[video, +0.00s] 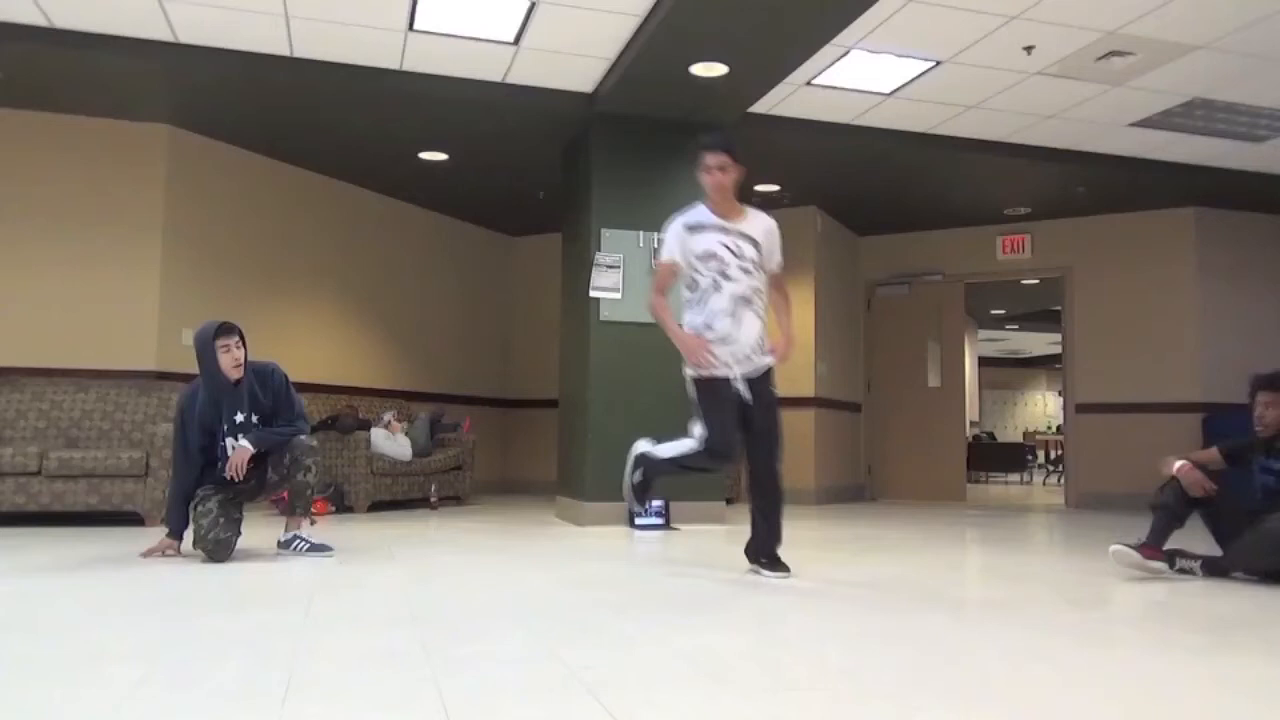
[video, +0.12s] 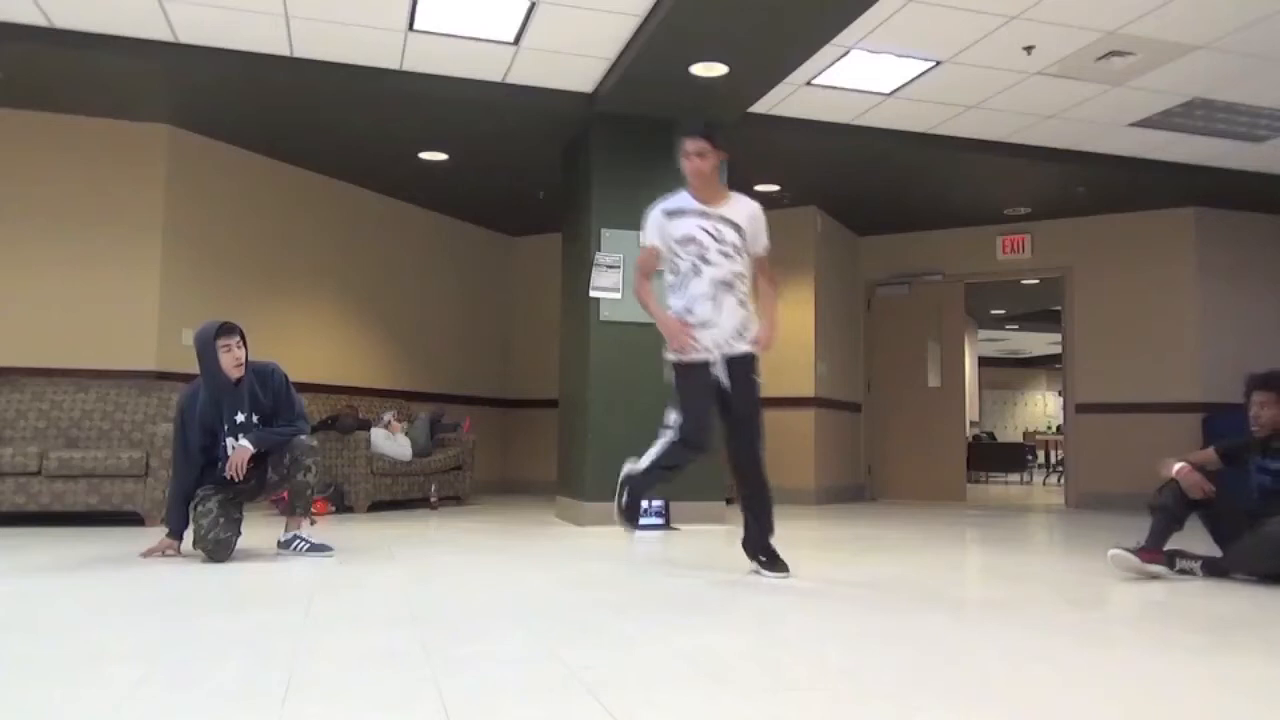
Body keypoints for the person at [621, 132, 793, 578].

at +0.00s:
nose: (714, 177)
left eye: (722, 169)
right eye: (706, 169)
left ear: (739, 174)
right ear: (698, 175)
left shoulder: (763, 226)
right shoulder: (683, 227)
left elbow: (775, 284)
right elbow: (657, 296)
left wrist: (785, 333)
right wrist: (681, 338)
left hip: (755, 360)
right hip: (708, 361)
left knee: (765, 457)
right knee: (721, 450)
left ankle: (763, 550)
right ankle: (646, 459)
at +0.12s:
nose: (693, 163)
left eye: (701, 155)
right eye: (687, 155)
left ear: (720, 158)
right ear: (679, 161)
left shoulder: (748, 211)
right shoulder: (664, 213)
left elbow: (763, 274)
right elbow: (642, 279)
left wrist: (767, 322)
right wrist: (664, 321)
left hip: (739, 344)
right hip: (689, 347)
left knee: (747, 449)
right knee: (695, 440)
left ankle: (759, 541)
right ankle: (636, 483)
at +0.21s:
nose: (661, 155)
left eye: (669, 146)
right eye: (654, 148)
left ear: (689, 150)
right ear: (647, 156)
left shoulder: (720, 203)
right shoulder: (634, 208)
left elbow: (743, 268)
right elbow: (625, 275)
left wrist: (736, 327)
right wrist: (639, 322)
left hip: (712, 345)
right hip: (657, 346)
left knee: (727, 443)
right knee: (647, 441)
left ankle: (750, 535)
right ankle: (625, 535)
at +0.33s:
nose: (626, 173)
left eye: (634, 164)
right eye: (620, 166)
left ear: (655, 167)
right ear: (615, 174)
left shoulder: (683, 219)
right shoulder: (610, 227)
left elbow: (720, 280)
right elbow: (612, 293)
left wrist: (699, 344)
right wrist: (613, 343)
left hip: (678, 362)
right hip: (629, 364)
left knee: (698, 456)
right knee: (617, 457)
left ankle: (741, 538)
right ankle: (634, 549)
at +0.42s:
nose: (596, 183)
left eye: (604, 174)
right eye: (589, 176)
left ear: (624, 178)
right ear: (583, 184)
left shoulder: (646, 230)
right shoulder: (585, 239)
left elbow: (688, 297)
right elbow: (597, 308)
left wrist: (653, 364)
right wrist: (585, 365)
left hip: (644, 370)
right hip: (604, 372)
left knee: (641, 465)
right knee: (596, 466)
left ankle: (717, 521)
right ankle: (631, 550)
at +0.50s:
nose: (577, 169)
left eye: (584, 160)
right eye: (570, 162)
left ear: (606, 163)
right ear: (566, 170)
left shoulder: (630, 214)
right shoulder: (568, 223)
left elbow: (674, 278)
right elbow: (583, 291)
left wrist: (630, 338)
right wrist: (571, 340)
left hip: (621, 350)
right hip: (584, 352)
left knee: (605, 447)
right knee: (592, 452)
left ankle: (669, 513)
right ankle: (630, 547)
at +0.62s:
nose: (543, 138)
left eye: (550, 129)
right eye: (537, 132)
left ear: (573, 132)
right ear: (534, 139)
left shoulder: (597, 183)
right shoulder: (539, 191)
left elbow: (632, 254)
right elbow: (549, 261)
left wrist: (575, 306)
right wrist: (539, 321)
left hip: (582, 328)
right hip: (550, 327)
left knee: (538, 424)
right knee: (580, 426)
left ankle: (525, 542)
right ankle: (615, 520)